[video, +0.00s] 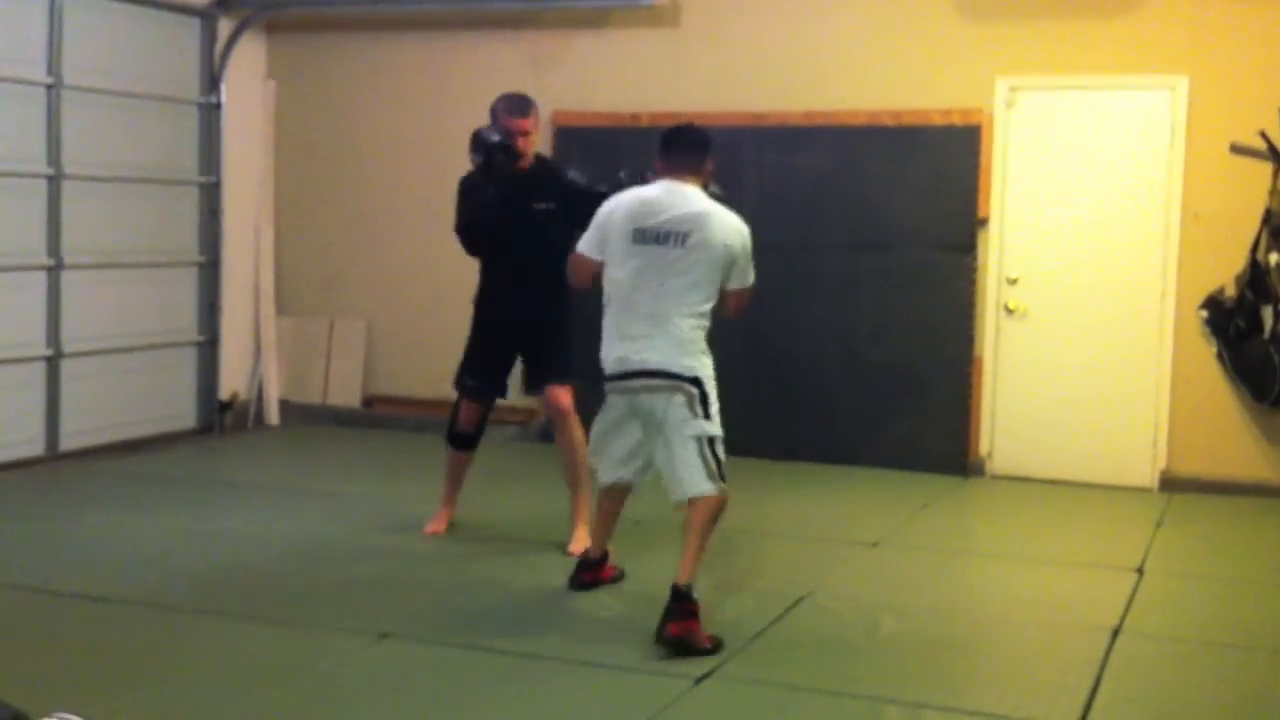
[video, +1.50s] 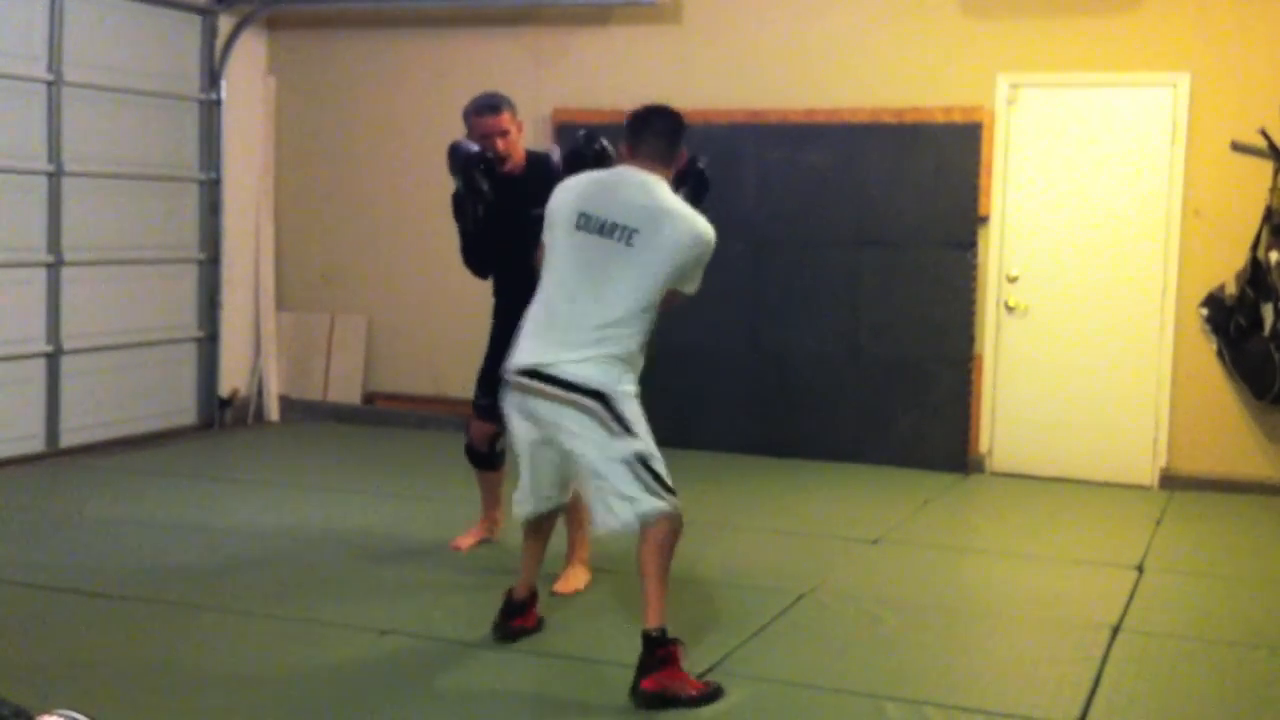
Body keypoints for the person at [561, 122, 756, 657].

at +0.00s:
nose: (706, 175)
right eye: (709, 168)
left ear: (658, 163)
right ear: (706, 169)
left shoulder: (618, 207)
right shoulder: (728, 226)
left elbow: (581, 274)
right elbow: (734, 305)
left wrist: (632, 273)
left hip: (622, 365)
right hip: (683, 368)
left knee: (616, 469)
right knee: (708, 487)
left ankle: (593, 560)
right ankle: (681, 604)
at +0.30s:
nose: (682, 158)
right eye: (686, 151)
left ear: (636, 145)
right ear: (688, 152)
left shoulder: (594, 192)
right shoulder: (710, 214)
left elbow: (595, 261)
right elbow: (703, 291)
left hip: (585, 359)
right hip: (652, 369)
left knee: (583, 470)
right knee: (700, 487)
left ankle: (546, 569)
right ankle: (683, 607)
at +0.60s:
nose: (671, 167)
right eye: (678, 158)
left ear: (626, 153)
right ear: (681, 161)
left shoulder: (577, 204)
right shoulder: (701, 223)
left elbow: (546, 287)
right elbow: (692, 305)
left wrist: (607, 279)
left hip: (574, 368)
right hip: (643, 371)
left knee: (565, 488)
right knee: (659, 508)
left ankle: (536, 588)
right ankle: (660, 653)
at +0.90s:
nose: (570, 159)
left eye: (567, 151)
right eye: (570, 151)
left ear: (574, 149)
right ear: (630, 137)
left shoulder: (558, 210)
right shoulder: (682, 191)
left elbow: (577, 278)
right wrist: (649, 164)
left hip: (575, 367)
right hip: (646, 369)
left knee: (556, 485)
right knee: (684, 502)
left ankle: (526, 598)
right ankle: (673, 646)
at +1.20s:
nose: (660, 162)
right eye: (665, 155)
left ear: (611, 144)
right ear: (664, 157)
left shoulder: (562, 186)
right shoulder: (682, 226)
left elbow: (539, 241)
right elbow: (666, 293)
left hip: (552, 373)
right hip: (623, 380)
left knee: (549, 493)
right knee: (664, 514)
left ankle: (523, 600)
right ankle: (662, 660)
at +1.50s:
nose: (663, 165)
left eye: (636, 150)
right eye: (677, 158)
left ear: (621, 148)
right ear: (681, 160)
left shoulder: (568, 190)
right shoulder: (692, 230)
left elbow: (548, 266)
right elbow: (668, 297)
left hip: (526, 372)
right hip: (597, 387)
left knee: (544, 493)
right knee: (661, 513)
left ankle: (519, 604)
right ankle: (657, 660)